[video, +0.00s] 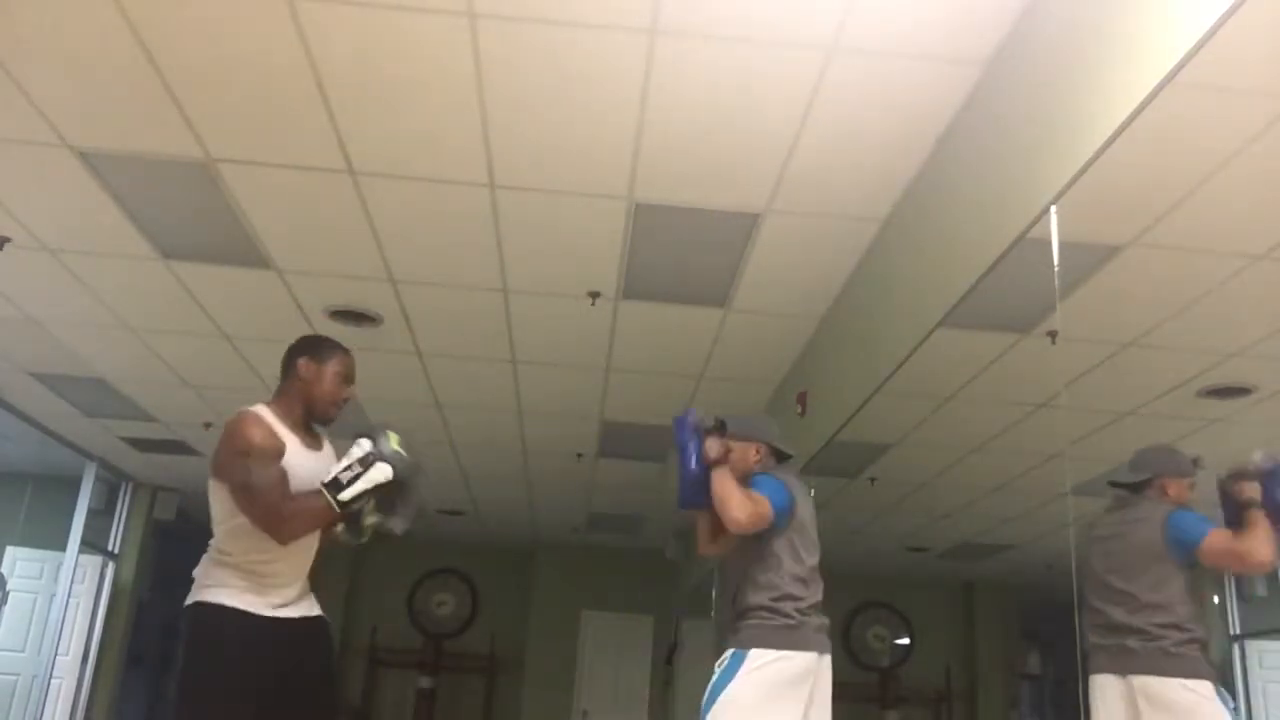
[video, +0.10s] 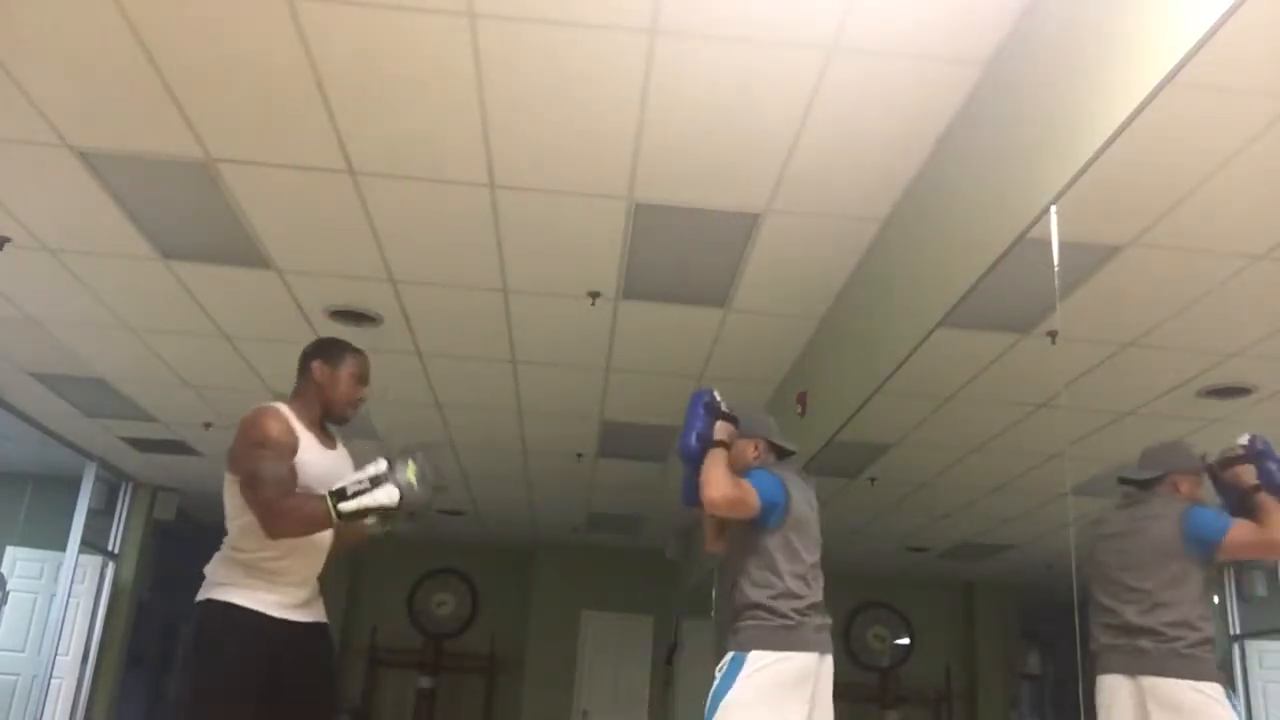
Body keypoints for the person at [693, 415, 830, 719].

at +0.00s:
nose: (723, 457)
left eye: (730, 448)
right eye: (723, 449)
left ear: (757, 452)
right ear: (756, 453)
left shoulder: (775, 484)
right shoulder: (793, 487)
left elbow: (741, 517)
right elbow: (709, 544)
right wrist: (703, 476)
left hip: (769, 647)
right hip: (808, 648)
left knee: (725, 712)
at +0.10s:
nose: (729, 457)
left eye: (733, 447)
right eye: (728, 448)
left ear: (755, 448)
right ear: (762, 448)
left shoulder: (772, 483)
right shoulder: (799, 486)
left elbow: (718, 495)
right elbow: (716, 542)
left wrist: (720, 442)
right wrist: (703, 472)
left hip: (770, 651)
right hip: (811, 650)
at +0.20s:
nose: (720, 455)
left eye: (724, 445)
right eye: (720, 445)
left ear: (749, 445)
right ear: (757, 445)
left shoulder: (762, 479)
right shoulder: (799, 482)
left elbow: (698, 491)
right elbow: (719, 540)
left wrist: (710, 438)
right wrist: (698, 466)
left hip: (767, 650)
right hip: (815, 647)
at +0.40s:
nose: (706, 451)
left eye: (713, 436)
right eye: (706, 438)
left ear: (743, 435)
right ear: (756, 437)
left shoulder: (753, 469)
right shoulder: (804, 474)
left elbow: (680, 484)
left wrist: (696, 428)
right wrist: (681, 450)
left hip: (767, 641)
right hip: (825, 639)